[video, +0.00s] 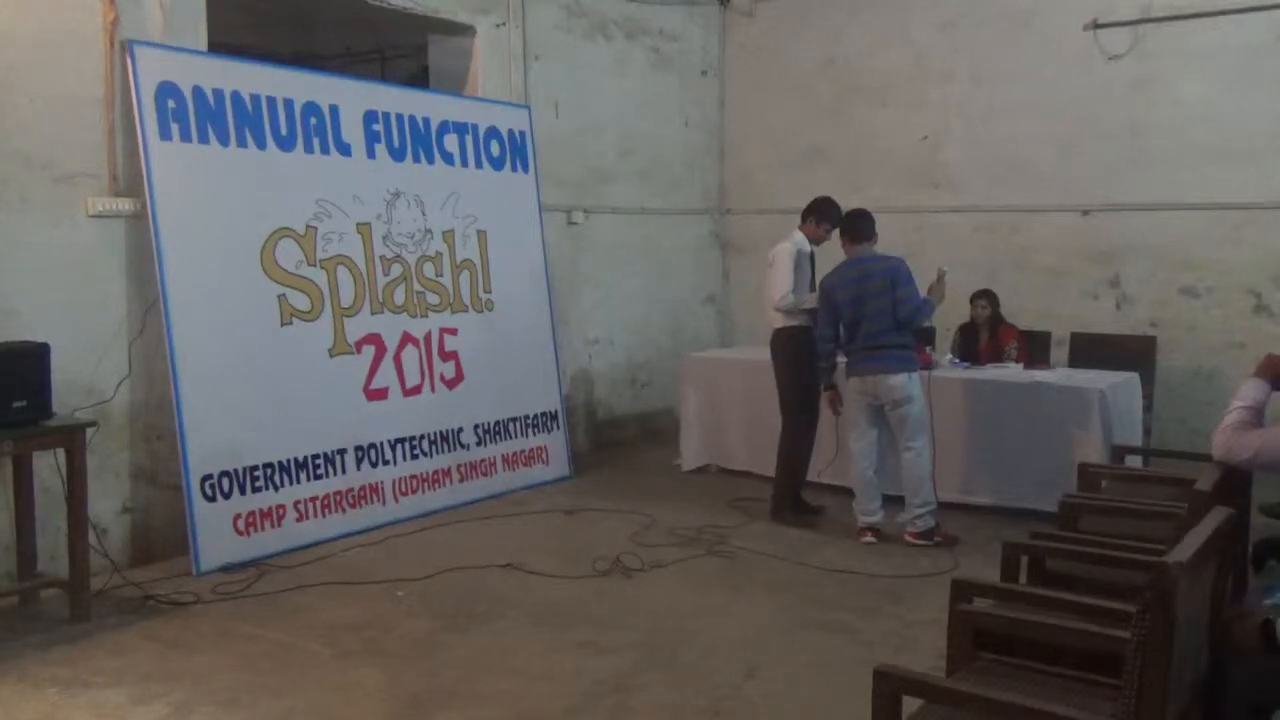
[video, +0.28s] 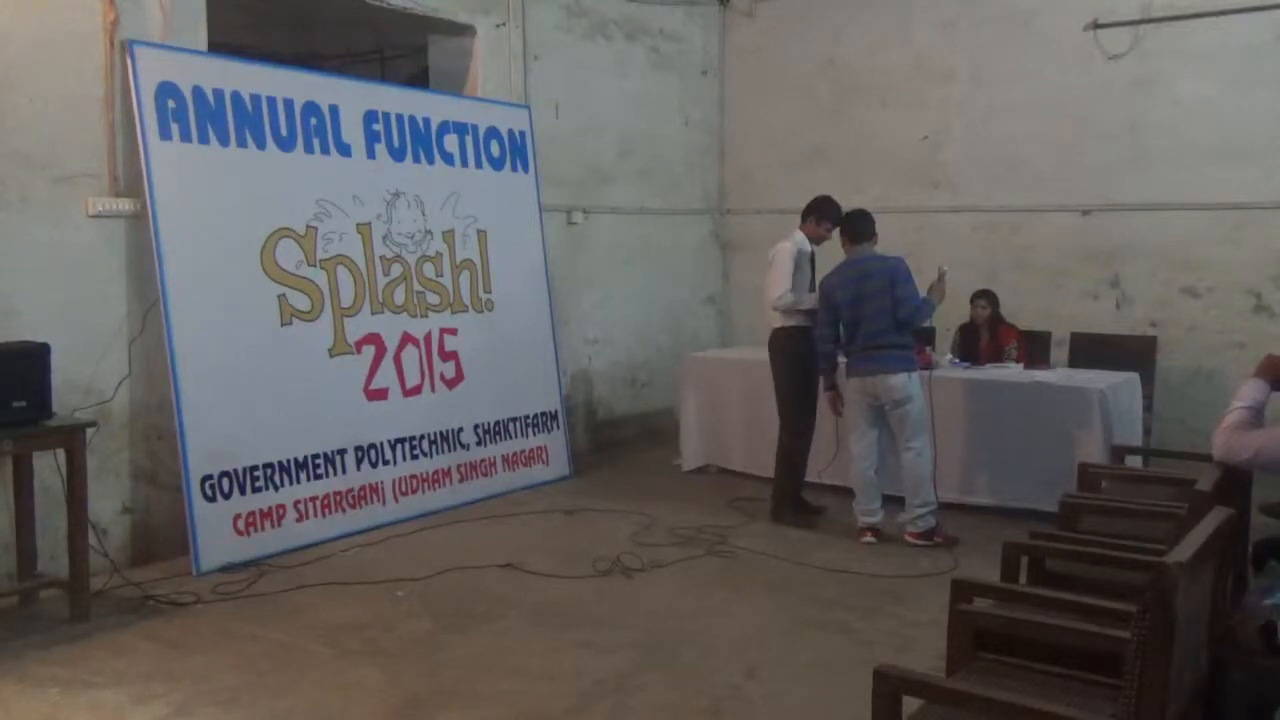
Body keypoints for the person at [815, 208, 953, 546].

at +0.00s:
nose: (843, 245)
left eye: (842, 240)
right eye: (871, 237)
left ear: (843, 241)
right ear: (876, 237)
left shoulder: (832, 281)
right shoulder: (894, 267)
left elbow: (826, 338)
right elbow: (912, 317)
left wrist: (828, 384)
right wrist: (933, 299)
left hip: (858, 375)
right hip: (898, 374)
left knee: (862, 451)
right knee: (914, 446)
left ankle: (868, 524)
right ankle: (920, 524)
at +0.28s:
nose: (842, 244)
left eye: (842, 239)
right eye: (873, 236)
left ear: (843, 240)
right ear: (876, 237)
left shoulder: (832, 281)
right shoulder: (894, 267)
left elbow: (826, 338)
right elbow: (911, 317)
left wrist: (829, 385)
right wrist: (933, 298)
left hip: (858, 376)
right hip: (898, 374)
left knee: (862, 451)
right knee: (915, 446)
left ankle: (868, 524)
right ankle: (920, 524)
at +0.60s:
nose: (873, 242)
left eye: (843, 240)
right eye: (874, 236)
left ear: (843, 241)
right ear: (877, 237)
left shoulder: (833, 281)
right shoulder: (894, 266)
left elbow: (825, 337)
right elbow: (912, 316)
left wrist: (827, 386)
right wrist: (934, 297)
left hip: (859, 376)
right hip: (899, 374)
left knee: (863, 450)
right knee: (915, 446)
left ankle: (868, 524)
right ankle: (920, 524)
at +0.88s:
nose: (888, 240)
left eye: (887, 234)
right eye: (886, 234)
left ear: (851, 237)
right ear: (878, 234)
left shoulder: (835, 281)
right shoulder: (891, 267)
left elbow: (828, 338)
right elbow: (910, 316)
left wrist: (831, 386)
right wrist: (939, 293)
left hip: (860, 376)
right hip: (899, 374)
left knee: (864, 450)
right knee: (915, 447)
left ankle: (868, 524)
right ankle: (920, 525)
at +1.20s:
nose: (914, 236)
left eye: (913, 229)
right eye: (909, 229)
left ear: (883, 234)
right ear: (889, 232)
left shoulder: (858, 275)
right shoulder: (898, 271)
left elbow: (851, 332)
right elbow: (905, 326)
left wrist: (854, 375)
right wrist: (943, 302)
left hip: (870, 377)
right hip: (901, 378)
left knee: (873, 452)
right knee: (913, 452)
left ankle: (868, 524)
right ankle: (920, 527)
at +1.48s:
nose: (937, 234)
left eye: (936, 227)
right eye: (930, 228)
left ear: (907, 234)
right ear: (909, 233)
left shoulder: (890, 272)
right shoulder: (914, 276)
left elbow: (891, 332)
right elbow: (920, 334)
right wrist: (955, 307)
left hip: (890, 375)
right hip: (917, 378)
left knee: (887, 451)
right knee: (923, 455)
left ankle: (871, 520)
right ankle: (920, 528)